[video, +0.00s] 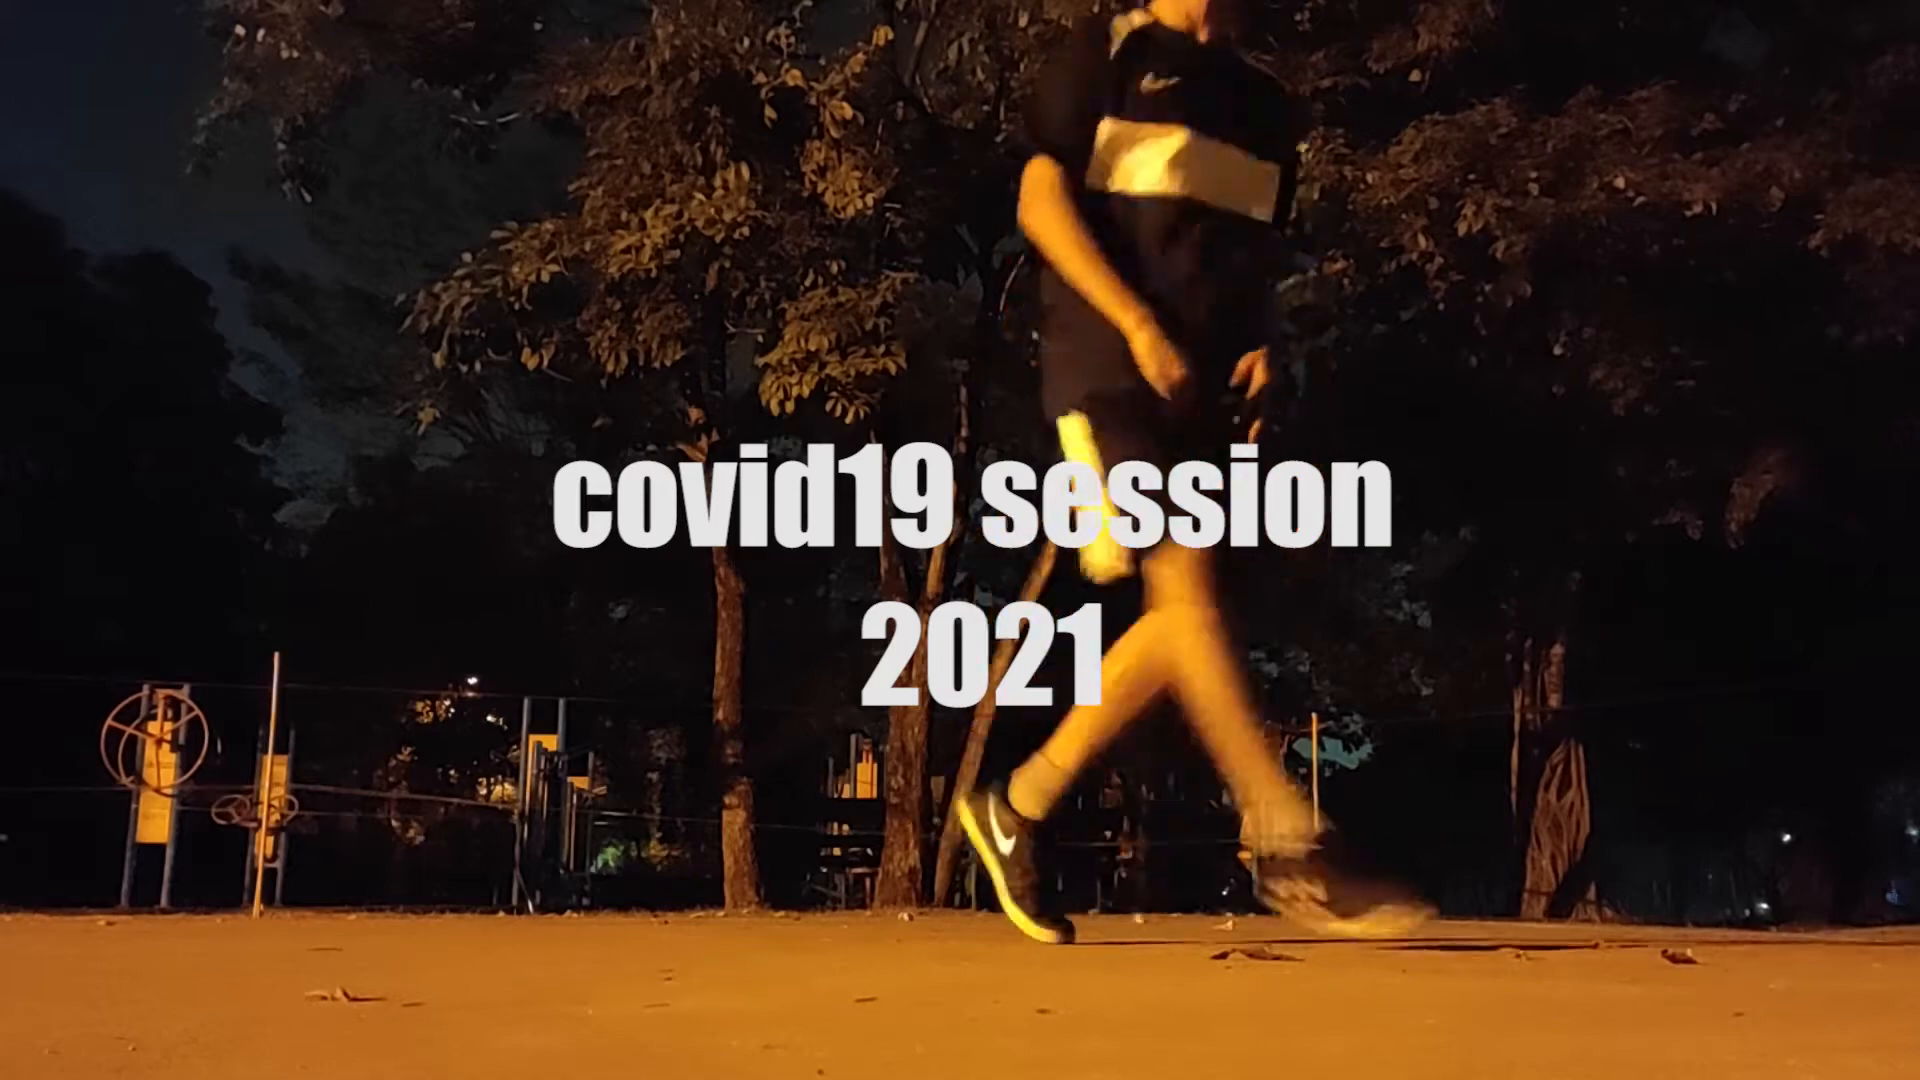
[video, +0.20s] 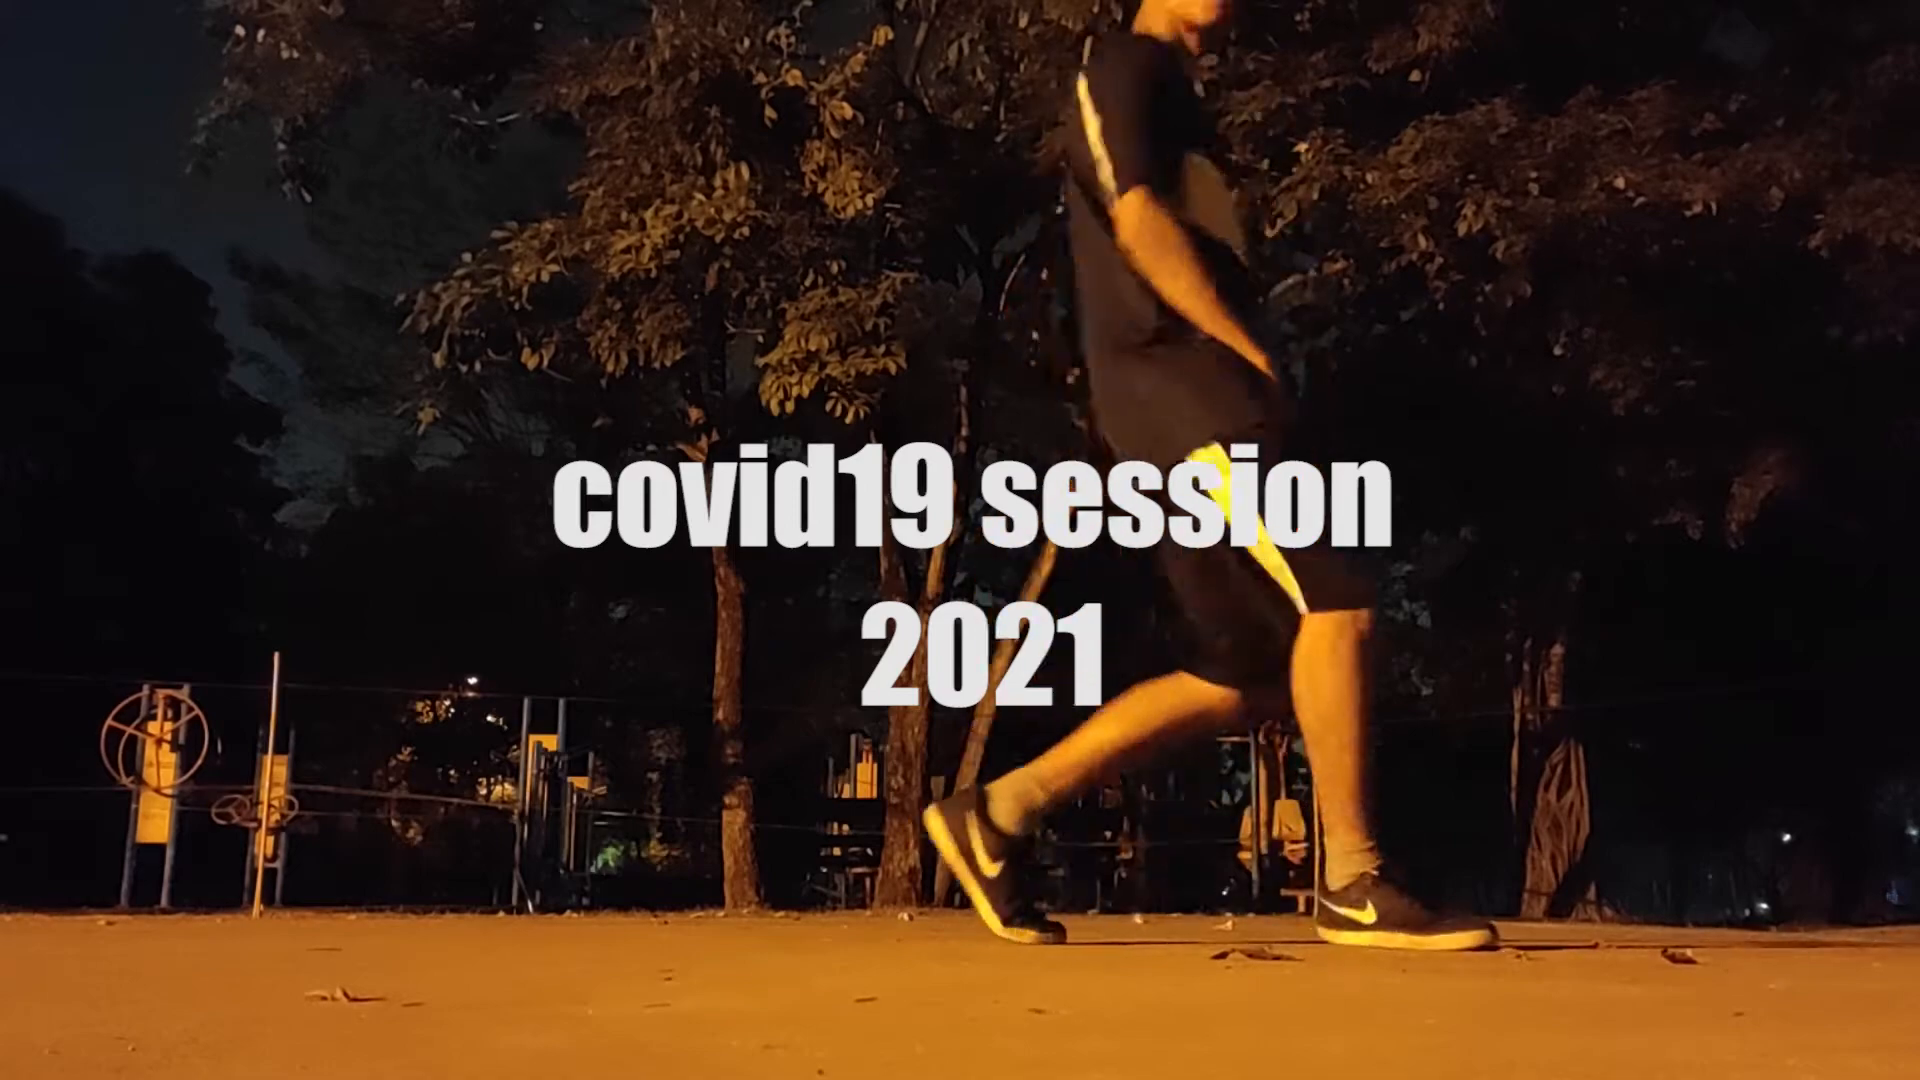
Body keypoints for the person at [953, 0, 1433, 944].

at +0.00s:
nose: (1220, 6)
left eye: (1227, 2)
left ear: (1239, 7)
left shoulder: (1267, 101)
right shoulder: (1098, 55)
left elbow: (1258, 251)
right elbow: (1041, 203)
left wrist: (1261, 340)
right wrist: (1136, 324)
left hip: (1206, 383)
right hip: (1101, 367)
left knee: (1187, 611)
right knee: (1182, 582)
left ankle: (1018, 804)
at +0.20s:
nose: (1225, 10)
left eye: (1225, 2)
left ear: (1177, 2)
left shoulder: (1155, 78)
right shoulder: (1119, 63)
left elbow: (1160, 246)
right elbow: (1141, 226)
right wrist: (1258, 357)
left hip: (1180, 403)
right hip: (1180, 397)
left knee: (1241, 677)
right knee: (1335, 596)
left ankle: (993, 813)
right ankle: (1353, 882)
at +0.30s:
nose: (1216, 4)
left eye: (1216, 4)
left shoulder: (1110, 30)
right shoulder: (1122, 17)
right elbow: (1150, 180)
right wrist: (1246, 304)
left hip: (1098, 367)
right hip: (1119, 360)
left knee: (1167, 625)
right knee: (1257, 578)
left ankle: (962, 830)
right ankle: (1318, 862)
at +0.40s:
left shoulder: (1090, 33)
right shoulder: (1082, 10)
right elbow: (1173, 139)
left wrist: (1262, 249)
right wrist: (1268, 211)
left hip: (1010, 344)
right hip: (1045, 337)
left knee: (1066, 611)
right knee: (1195, 565)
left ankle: (926, 854)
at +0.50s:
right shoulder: (1052, 9)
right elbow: (1191, 85)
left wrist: (1271, 89)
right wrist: (1279, 75)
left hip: (962, 340)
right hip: (992, 342)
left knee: (983, 606)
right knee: (1101, 565)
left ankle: (918, 870)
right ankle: (856, 673)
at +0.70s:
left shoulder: (993, 13)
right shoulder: (965, 6)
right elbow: (1020, 130)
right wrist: (1101, 68)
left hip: (908, 296)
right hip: (881, 293)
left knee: (896, 574)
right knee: (871, 566)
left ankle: (871, 842)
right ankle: (717, 819)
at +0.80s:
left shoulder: (978, 31)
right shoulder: (887, 11)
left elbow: (1119, 62)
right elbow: (911, 165)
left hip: (893, 328)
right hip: (822, 319)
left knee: (900, 598)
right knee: (827, 610)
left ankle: (861, 849)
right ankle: (682, 862)